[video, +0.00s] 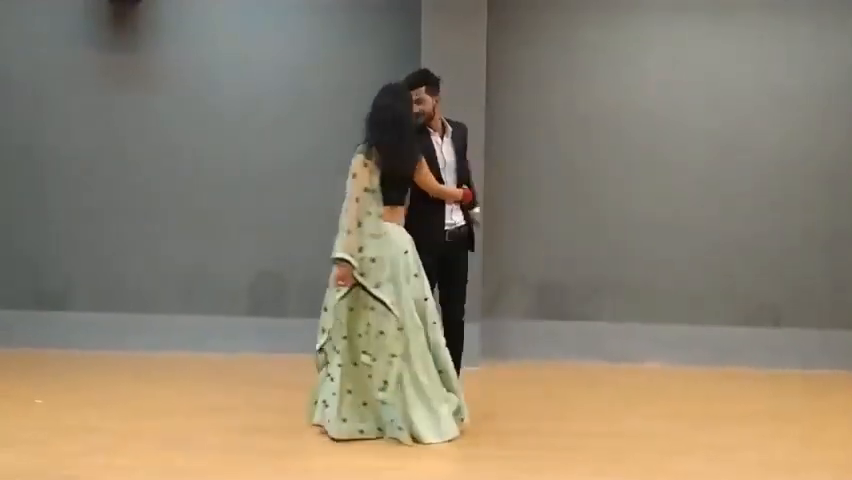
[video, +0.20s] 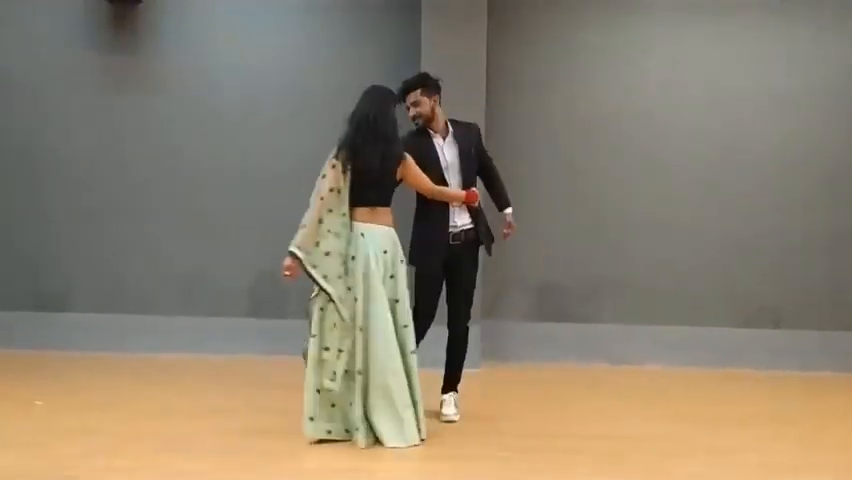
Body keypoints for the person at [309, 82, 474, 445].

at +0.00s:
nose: (414, 111)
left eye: (411, 103)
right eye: (410, 106)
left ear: (375, 114)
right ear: (406, 115)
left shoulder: (364, 158)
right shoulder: (411, 156)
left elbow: (352, 210)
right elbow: (432, 188)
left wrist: (345, 256)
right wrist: (458, 194)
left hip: (369, 248)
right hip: (400, 247)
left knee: (363, 329)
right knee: (401, 328)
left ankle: (358, 410)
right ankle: (401, 409)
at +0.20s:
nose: (396, 118)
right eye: (394, 112)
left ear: (359, 113)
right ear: (391, 116)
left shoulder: (343, 154)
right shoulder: (397, 157)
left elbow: (320, 204)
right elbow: (429, 189)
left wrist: (298, 250)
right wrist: (463, 195)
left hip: (352, 239)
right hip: (386, 240)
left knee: (344, 326)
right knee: (382, 329)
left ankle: (342, 414)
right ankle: (383, 413)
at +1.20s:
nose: (362, 123)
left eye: (361, 117)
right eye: (356, 118)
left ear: (353, 123)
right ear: (339, 121)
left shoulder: (357, 162)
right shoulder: (319, 163)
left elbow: (363, 209)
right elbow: (310, 210)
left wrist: (378, 182)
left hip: (349, 242)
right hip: (321, 242)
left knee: (351, 319)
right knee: (329, 319)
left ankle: (353, 397)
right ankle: (330, 398)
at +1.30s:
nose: (351, 127)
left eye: (352, 121)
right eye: (343, 122)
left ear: (353, 128)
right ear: (327, 129)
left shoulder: (353, 169)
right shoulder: (309, 170)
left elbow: (351, 210)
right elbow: (299, 218)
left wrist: (375, 213)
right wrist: (292, 265)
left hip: (340, 251)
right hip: (311, 250)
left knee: (340, 324)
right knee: (311, 324)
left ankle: (342, 396)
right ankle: (307, 398)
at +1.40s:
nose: (328, 135)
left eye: (332, 129)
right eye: (321, 131)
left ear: (341, 137)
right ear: (309, 139)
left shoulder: (344, 180)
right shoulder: (297, 178)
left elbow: (350, 214)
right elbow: (284, 226)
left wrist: (372, 212)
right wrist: (270, 271)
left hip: (326, 259)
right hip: (296, 257)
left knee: (326, 329)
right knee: (284, 327)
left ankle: (327, 399)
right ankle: (281, 398)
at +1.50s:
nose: (296, 143)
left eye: (303, 136)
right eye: (292, 138)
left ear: (319, 142)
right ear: (288, 145)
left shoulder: (330, 185)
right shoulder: (278, 183)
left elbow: (344, 222)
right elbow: (267, 231)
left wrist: (362, 212)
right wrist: (253, 274)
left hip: (310, 263)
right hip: (278, 261)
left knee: (311, 331)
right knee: (257, 327)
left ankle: (310, 399)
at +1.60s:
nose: (264, 144)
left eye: (270, 137)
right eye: (263, 138)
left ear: (290, 143)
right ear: (265, 144)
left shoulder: (308, 186)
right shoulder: (256, 183)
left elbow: (333, 221)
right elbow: (246, 232)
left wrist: (364, 215)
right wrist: (232, 273)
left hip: (288, 263)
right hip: (255, 260)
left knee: (288, 331)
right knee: (238, 326)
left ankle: (293, 399)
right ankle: (219, 396)